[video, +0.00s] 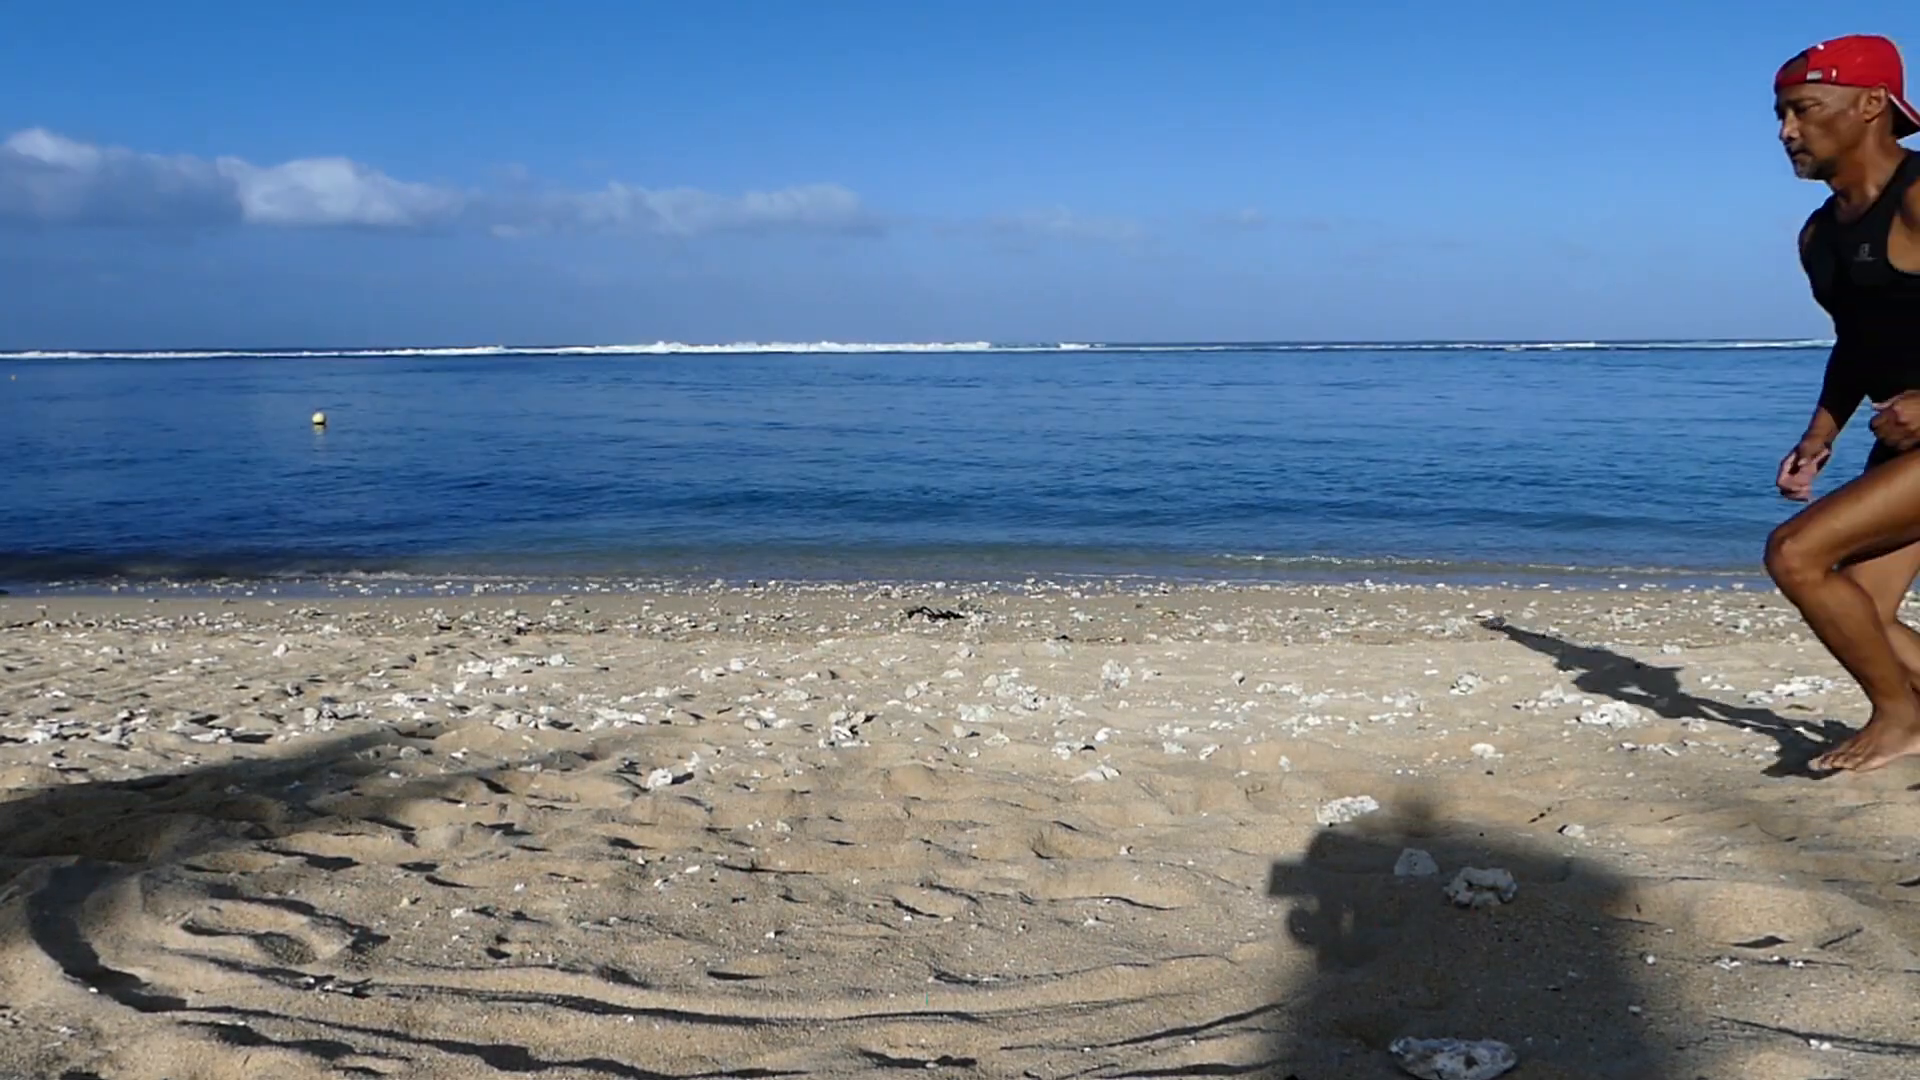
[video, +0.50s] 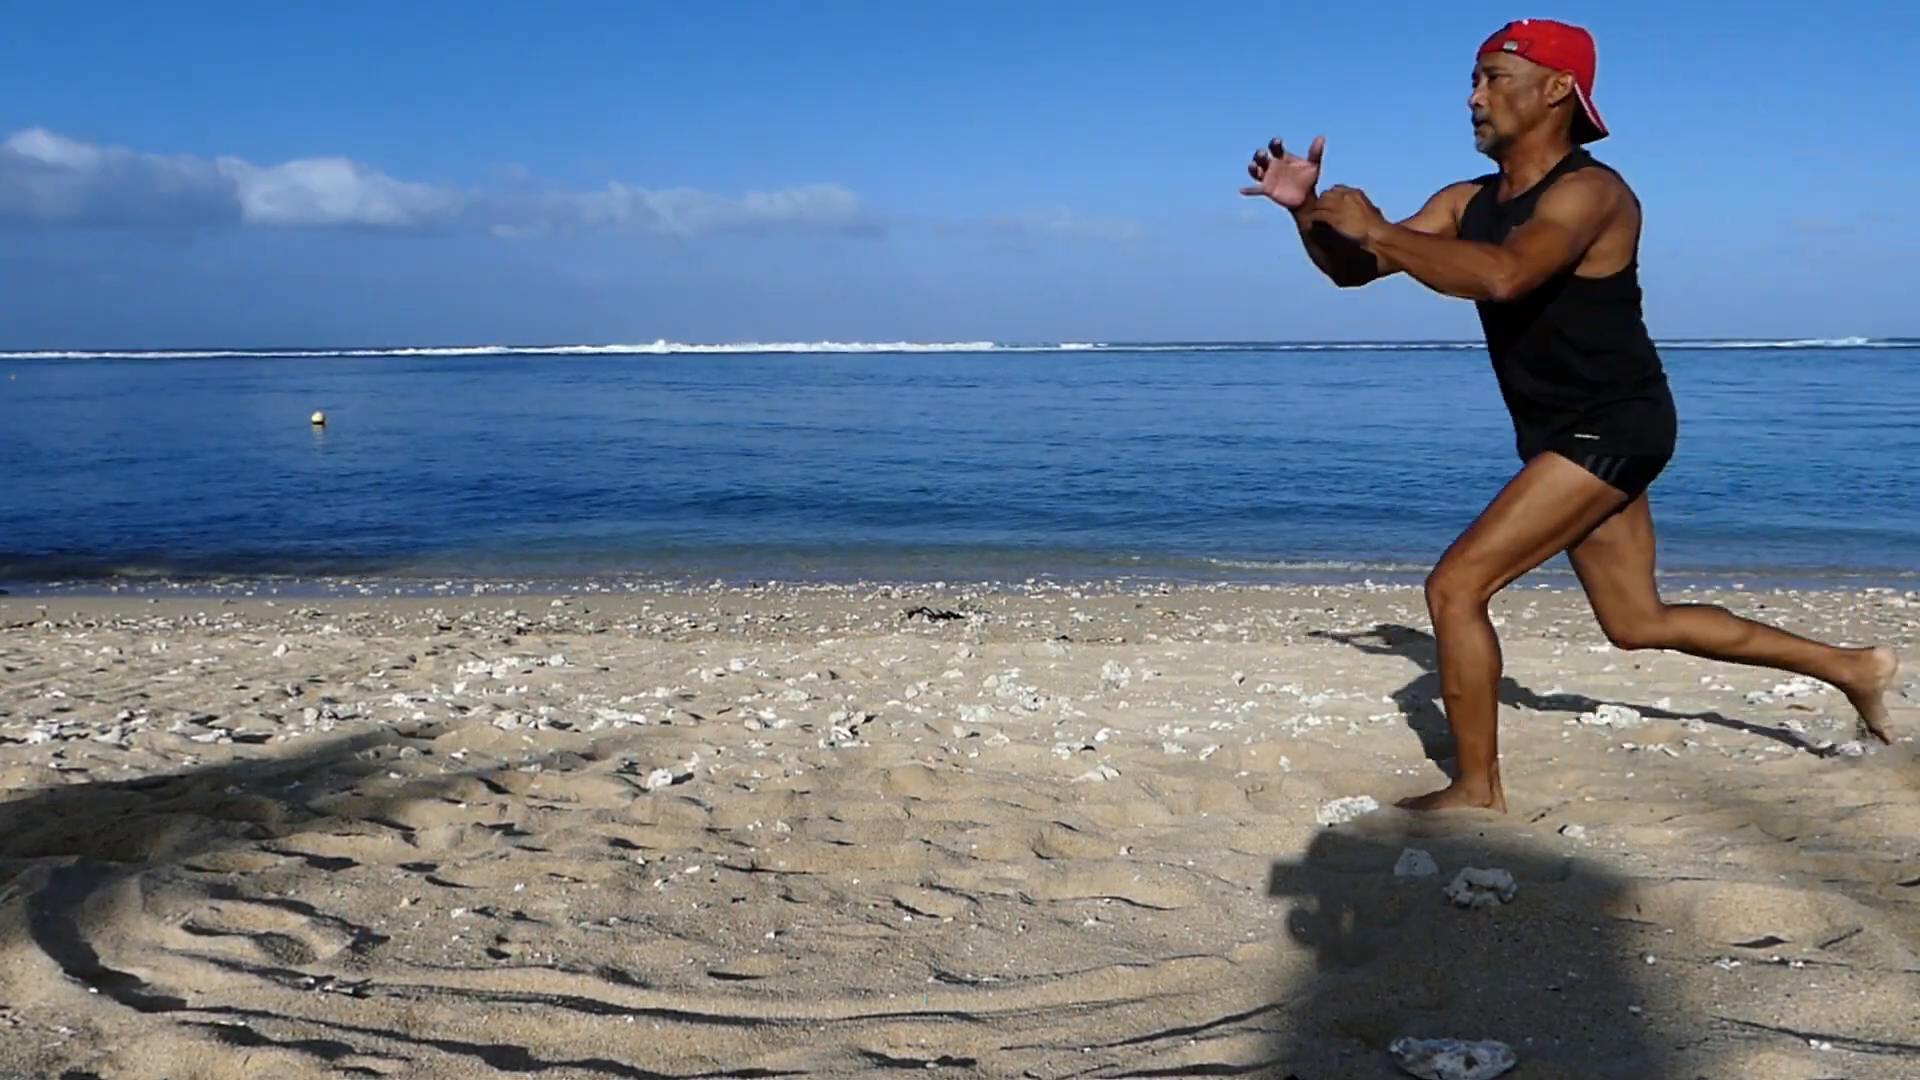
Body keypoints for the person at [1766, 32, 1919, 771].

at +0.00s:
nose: (1786, 131)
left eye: (1805, 110)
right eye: (1783, 114)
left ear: (1871, 110)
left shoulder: (1916, 198)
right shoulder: (1819, 237)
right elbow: (1859, 339)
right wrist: (1818, 437)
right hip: (1899, 441)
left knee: (1797, 555)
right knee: (1864, 617)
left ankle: (1899, 712)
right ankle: (1919, 721)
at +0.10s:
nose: (1711, 139)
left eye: (1728, 119)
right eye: (1710, 122)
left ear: (1795, 121)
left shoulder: (1866, 212)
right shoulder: (1743, 251)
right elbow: (1767, 367)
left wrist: (1859, 402)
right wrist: (1723, 449)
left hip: (1903, 436)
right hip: (1856, 443)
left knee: (1705, 540)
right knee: (1836, 630)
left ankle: (1683, 753)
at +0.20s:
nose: (1662, 132)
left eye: (1680, 115)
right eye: (1661, 116)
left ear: (1745, 122)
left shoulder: (1811, 209)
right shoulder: (1690, 245)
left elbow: (1914, 329)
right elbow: (1701, 370)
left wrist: (1783, 399)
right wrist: (1656, 432)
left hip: (1852, 430)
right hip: (1800, 438)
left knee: (1652, 553)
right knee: (1825, 634)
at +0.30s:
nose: (1592, 123)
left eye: (1610, 105)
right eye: (1591, 106)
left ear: (1674, 111)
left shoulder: (1732, 206)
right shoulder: (1605, 234)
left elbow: (1794, 353)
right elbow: (1592, 367)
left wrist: (1641, 387)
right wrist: (1540, 395)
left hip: (1747, 437)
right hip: (1698, 439)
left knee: (1561, 576)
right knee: (1805, 619)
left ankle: (1497, 782)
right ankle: (1919, 710)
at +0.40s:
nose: (1546, 114)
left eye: (1564, 96)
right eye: (1546, 97)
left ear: (1628, 103)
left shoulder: (1679, 204)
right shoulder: (1549, 224)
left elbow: (1675, 351)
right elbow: (1498, 345)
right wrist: (1443, 344)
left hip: (1686, 432)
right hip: (1629, 435)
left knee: (1506, 579)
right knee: (1755, 617)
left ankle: (1482, 787)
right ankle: (1916, 708)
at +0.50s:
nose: (1475, 91)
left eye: (1495, 75)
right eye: (1477, 76)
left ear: (1557, 92)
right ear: (1508, 95)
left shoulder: (1593, 192)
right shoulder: (1468, 200)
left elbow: (1502, 273)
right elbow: (1352, 268)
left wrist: (1376, 235)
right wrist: (1307, 209)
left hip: (1616, 424)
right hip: (1561, 431)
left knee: (1457, 586)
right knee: (1636, 621)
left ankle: (1475, 786)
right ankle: (1851, 668)